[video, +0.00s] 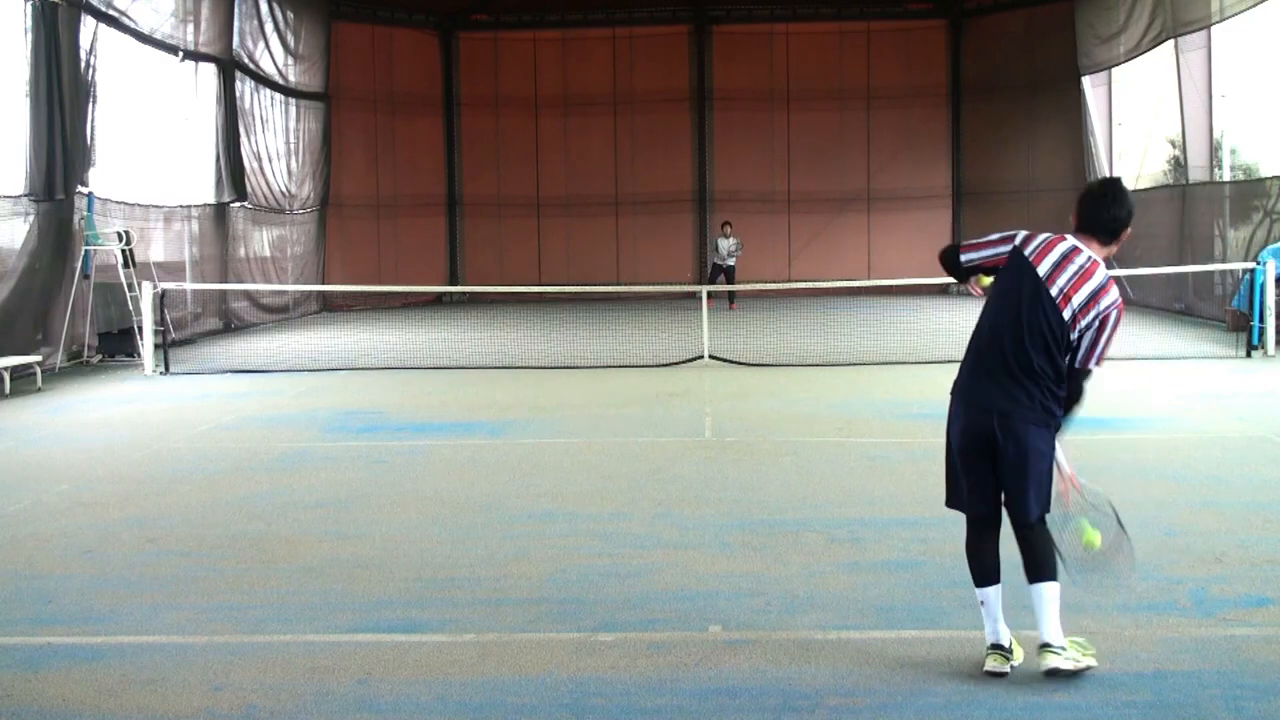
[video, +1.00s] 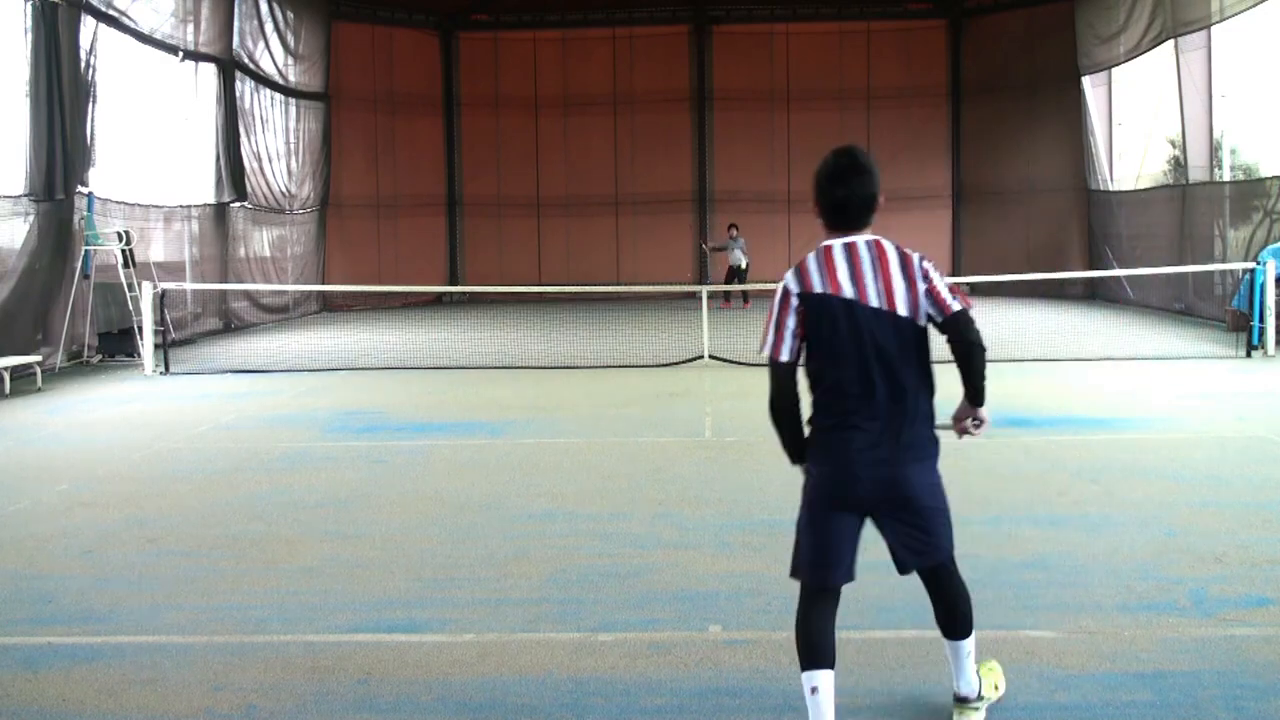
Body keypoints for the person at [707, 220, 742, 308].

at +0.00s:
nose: (727, 230)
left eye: (728, 228)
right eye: (725, 228)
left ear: (731, 230)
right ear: (722, 230)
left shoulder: (735, 241)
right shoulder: (718, 240)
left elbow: (739, 252)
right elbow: (715, 251)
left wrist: (733, 254)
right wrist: (721, 256)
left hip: (730, 264)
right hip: (718, 263)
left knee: (731, 283)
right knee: (711, 280)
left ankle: (732, 303)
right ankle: (709, 298)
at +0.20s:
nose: (722, 230)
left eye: (724, 228)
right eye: (721, 228)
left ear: (727, 229)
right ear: (718, 230)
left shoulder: (732, 240)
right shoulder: (715, 241)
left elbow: (735, 250)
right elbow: (713, 252)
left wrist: (727, 255)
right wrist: (718, 258)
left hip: (728, 264)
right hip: (716, 264)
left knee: (730, 283)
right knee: (710, 281)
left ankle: (732, 302)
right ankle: (709, 299)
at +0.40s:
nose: (716, 233)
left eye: (718, 231)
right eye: (715, 231)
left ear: (721, 232)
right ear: (712, 233)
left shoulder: (726, 243)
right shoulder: (709, 244)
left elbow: (729, 252)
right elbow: (706, 255)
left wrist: (722, 258)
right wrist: (711, 263)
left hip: (725, 266)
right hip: (713, 266)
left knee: (729, 284)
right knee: (709, 284)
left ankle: (731, 303)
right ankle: (710, 301)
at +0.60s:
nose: (718, 232)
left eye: (720, 230)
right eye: (716, 230)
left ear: (722, 232)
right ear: (713, 232)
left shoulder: (726, 242)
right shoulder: (710, 242)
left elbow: (725, 252)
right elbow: (708, 253)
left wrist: (714, 249)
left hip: (726, 265)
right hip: (715, 266)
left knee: (730, 284)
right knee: (710, 284)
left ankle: (737, 301)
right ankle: (710, 302)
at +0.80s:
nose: (725, 236)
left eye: (727, 234)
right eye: (724, 234)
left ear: (730, 235)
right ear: (722, 235)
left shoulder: (733, 244)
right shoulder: (721, 245)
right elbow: (715, 252)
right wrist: (708, 252)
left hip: (732, 268)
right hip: (721, 268)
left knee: (736, 286)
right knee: (713, 286)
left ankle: (745, 302)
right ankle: (710, 302)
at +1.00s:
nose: (732, 233)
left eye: (733, 231)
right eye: (730, 231)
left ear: (737, 232)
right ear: (728, 232)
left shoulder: (740, 241)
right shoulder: (729, 242)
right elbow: (722, 248)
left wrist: (715, 245)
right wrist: (711, 249)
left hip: (742, 264)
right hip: (732, 265)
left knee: (742, 284)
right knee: (727, 283)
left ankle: (746, 302)